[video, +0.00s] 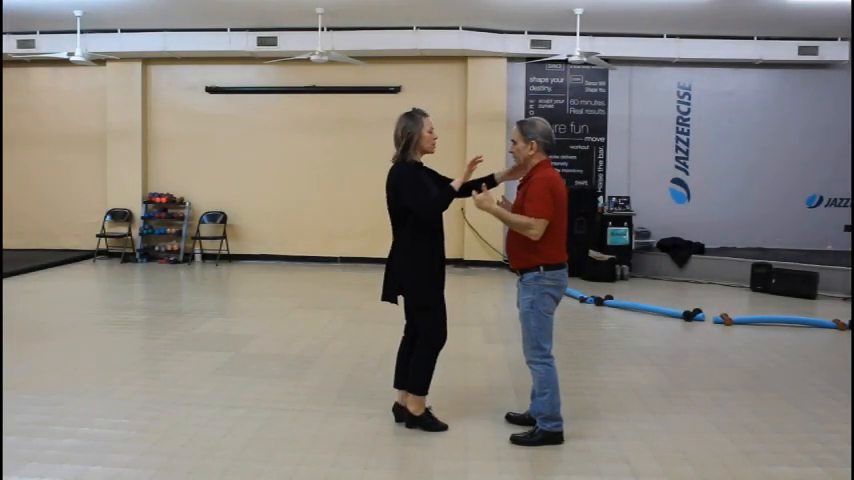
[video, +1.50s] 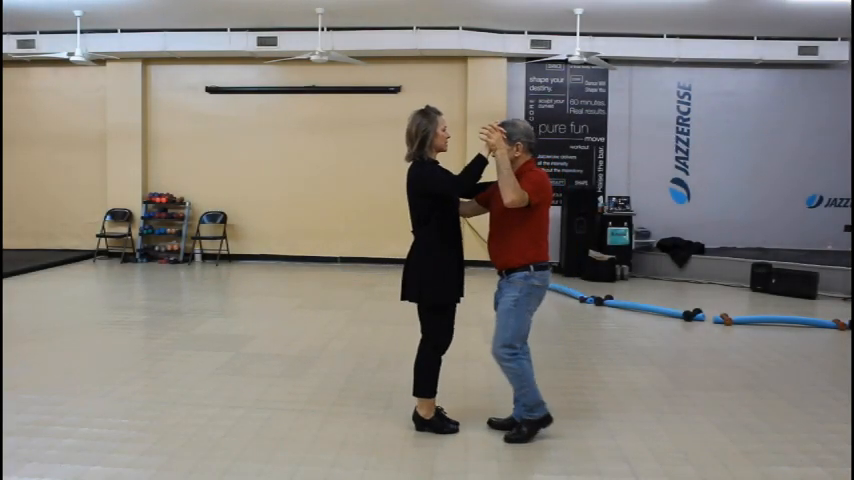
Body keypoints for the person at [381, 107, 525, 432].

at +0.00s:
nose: (435, 136)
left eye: (434, 131)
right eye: (430, 131)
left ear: (415, 136)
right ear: (414, 135)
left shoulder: (416, 170)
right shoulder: (406, 173)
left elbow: (460, 188)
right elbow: (431, 207)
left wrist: (505, 175)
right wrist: (456, 183)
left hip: (418, 269)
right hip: (420, 271)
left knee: (416, 332)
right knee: (433, 335)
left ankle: (403, 402)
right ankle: (416, 407)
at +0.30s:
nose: (437, 136)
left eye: (436, 131)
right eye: (432, 131)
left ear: (420, 135)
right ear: (416, 136)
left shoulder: (425, 170)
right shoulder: (410, 173)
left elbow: (465, 179)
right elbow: (440, 200)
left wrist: (510, 172)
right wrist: (472, 175)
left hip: (435, 268)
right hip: (421, 270)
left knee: (444, 330)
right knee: (428, 334)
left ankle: (415, 400)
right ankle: (413, 408)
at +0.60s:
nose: (443, 137)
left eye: (442, 131)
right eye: (438, 132)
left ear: (426, 135)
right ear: (422, 135)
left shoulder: (431, 169)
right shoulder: (416, 173)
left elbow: (469, 183)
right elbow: (446, 202)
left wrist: (510, 176)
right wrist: (480, 178)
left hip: (439, 266)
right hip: (427, 268)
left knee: (438, 335)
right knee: (434, 336)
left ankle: (426, 403)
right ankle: (415, 408)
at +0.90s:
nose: (449, 134)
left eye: (448, 128)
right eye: (444, 129)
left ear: (430, 135)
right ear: (428, 135)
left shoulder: (438, 170)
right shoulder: (424, 171)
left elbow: (478, 183)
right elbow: (457, 186)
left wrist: (515, 172)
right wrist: (484, 159)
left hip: (439, 268)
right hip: (430, 270)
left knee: (438, 334)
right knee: (440, 336)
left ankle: (426, 405)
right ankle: (425, 410)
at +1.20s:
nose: (453, 133)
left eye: (451, 127)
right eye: (447, 128)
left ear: (433, 133)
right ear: (432, 133)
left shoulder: (435, 168)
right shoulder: (427, 170)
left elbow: (471, 191)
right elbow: (464, 185)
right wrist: (486, 149)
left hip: (439, 268)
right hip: (433, 269)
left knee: (439, 338)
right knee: (437, 339)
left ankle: (427, 407)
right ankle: (425, 410)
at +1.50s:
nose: (447, 134)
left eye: (446, 129)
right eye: (442, 129)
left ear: (426, 135)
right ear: (427, 134)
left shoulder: (430, 169)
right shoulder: (424, 171)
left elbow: (465, 191)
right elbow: (460, 186)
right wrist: (484, 154)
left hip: (438, 268)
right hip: (433, 269)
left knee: (437, 337)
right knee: (436, 338)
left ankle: (426, 407)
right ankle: (425, 410)